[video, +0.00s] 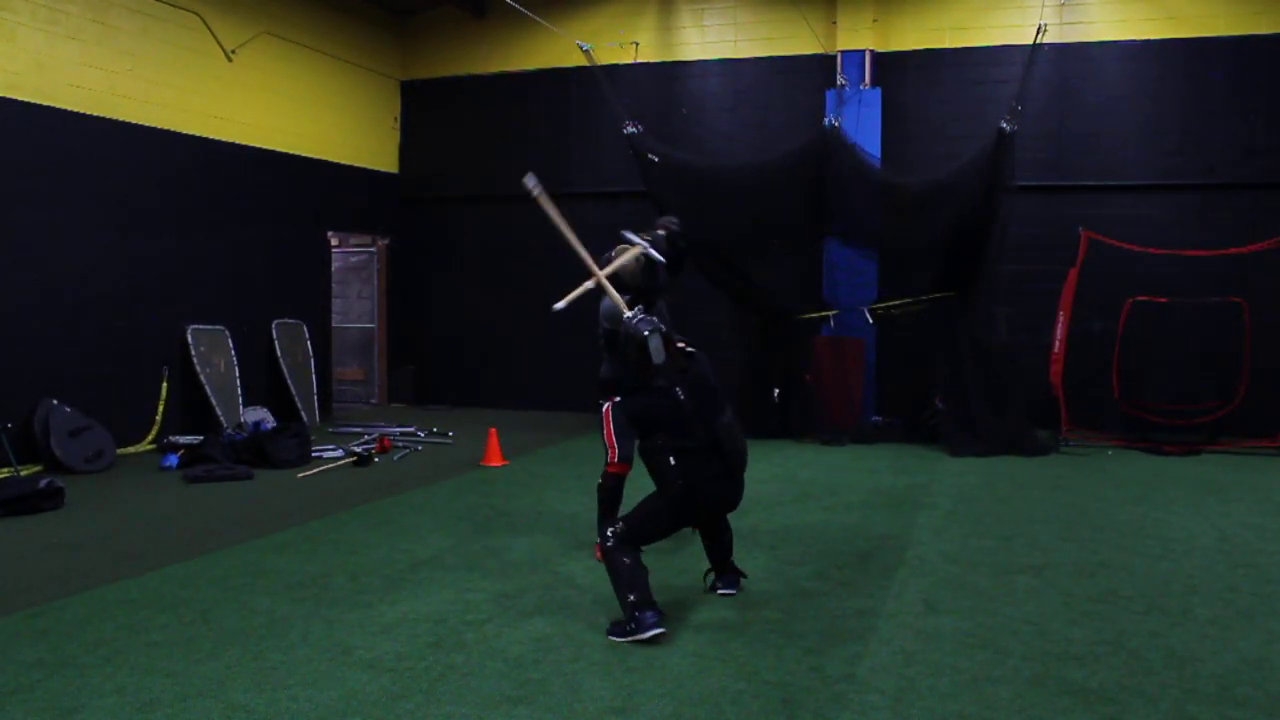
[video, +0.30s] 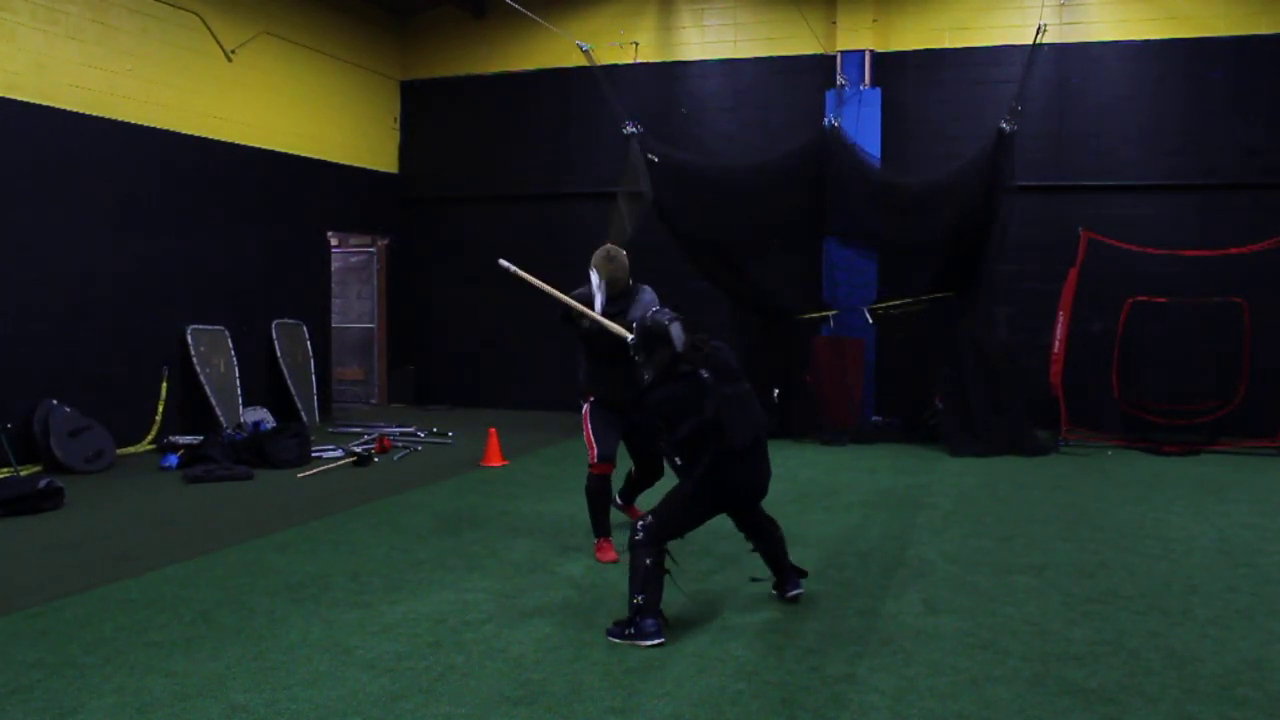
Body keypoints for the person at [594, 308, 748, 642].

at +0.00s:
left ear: (620, 363)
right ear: (662, 350)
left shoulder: (622, 403)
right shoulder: (692, 369)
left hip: (683, 495)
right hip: (728, 486)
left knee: (617, 538)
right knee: (703, 502)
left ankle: (641, 612)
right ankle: (727, 573)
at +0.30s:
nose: (639, 360)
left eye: (641, 352)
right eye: (639, 352)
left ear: (652, 353)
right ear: (680, 338)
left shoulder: (654, 394)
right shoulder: (718, 359)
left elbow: (650, 465)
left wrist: (625, 494)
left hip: (710, 481)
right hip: (754, 470)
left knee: (647, 533)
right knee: (747, 512)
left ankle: (645, 619)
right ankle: (788, 577)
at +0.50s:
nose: (686, 360)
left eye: (688, 354)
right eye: (686, 353)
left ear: (698, 356)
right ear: (722, 343)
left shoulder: (708, 391)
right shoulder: (752, 366)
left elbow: (688, 431)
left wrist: (686, 397)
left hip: (756, 482)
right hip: (786, 475)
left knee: (689, 525)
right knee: (744, 518)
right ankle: (792, 580)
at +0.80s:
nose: (725, 339)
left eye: (728, 332)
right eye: (727, 331)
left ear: (735, 333)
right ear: (764, 327)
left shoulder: (742, 375)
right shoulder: (792, 362)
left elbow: (711, 429)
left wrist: (711, 412)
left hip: (765, 483)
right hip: (804, 475)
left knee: (709, 537)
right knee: (766, 512)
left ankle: (744, 631)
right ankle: (794, 582)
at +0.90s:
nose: (735, 312)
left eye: (738, 305)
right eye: (737, 305)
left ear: (745, 309)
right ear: (777, 306)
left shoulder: (746, 351)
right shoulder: (802, 346)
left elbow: (721, 411)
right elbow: (810, 401)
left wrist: (714, 416)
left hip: (771, 463)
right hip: (811, 459)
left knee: (724, 530)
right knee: (789, 511)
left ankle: (746, 630)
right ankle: (795, 581)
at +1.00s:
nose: (749, 293)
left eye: (752, 287)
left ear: (755, 290)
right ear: (793, 289)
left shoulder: (753, 333)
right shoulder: (813, 333)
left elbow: (732, 391)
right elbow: (827, 386)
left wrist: (714, 408)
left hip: (777, 452)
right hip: (815, 450)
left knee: (738, 527)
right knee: (802, 512)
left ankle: (748, 629)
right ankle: (820, 589)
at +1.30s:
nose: (804, 292)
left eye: (808, 286)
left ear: (813, 289)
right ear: (844, 292)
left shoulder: (805, 327)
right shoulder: (854, 333)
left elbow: (782, 384)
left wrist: (767, 414)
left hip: (825, 446)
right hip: (858, 446)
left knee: (786, 529)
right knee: (830, 523)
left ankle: (762, 627)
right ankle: (844, 604)